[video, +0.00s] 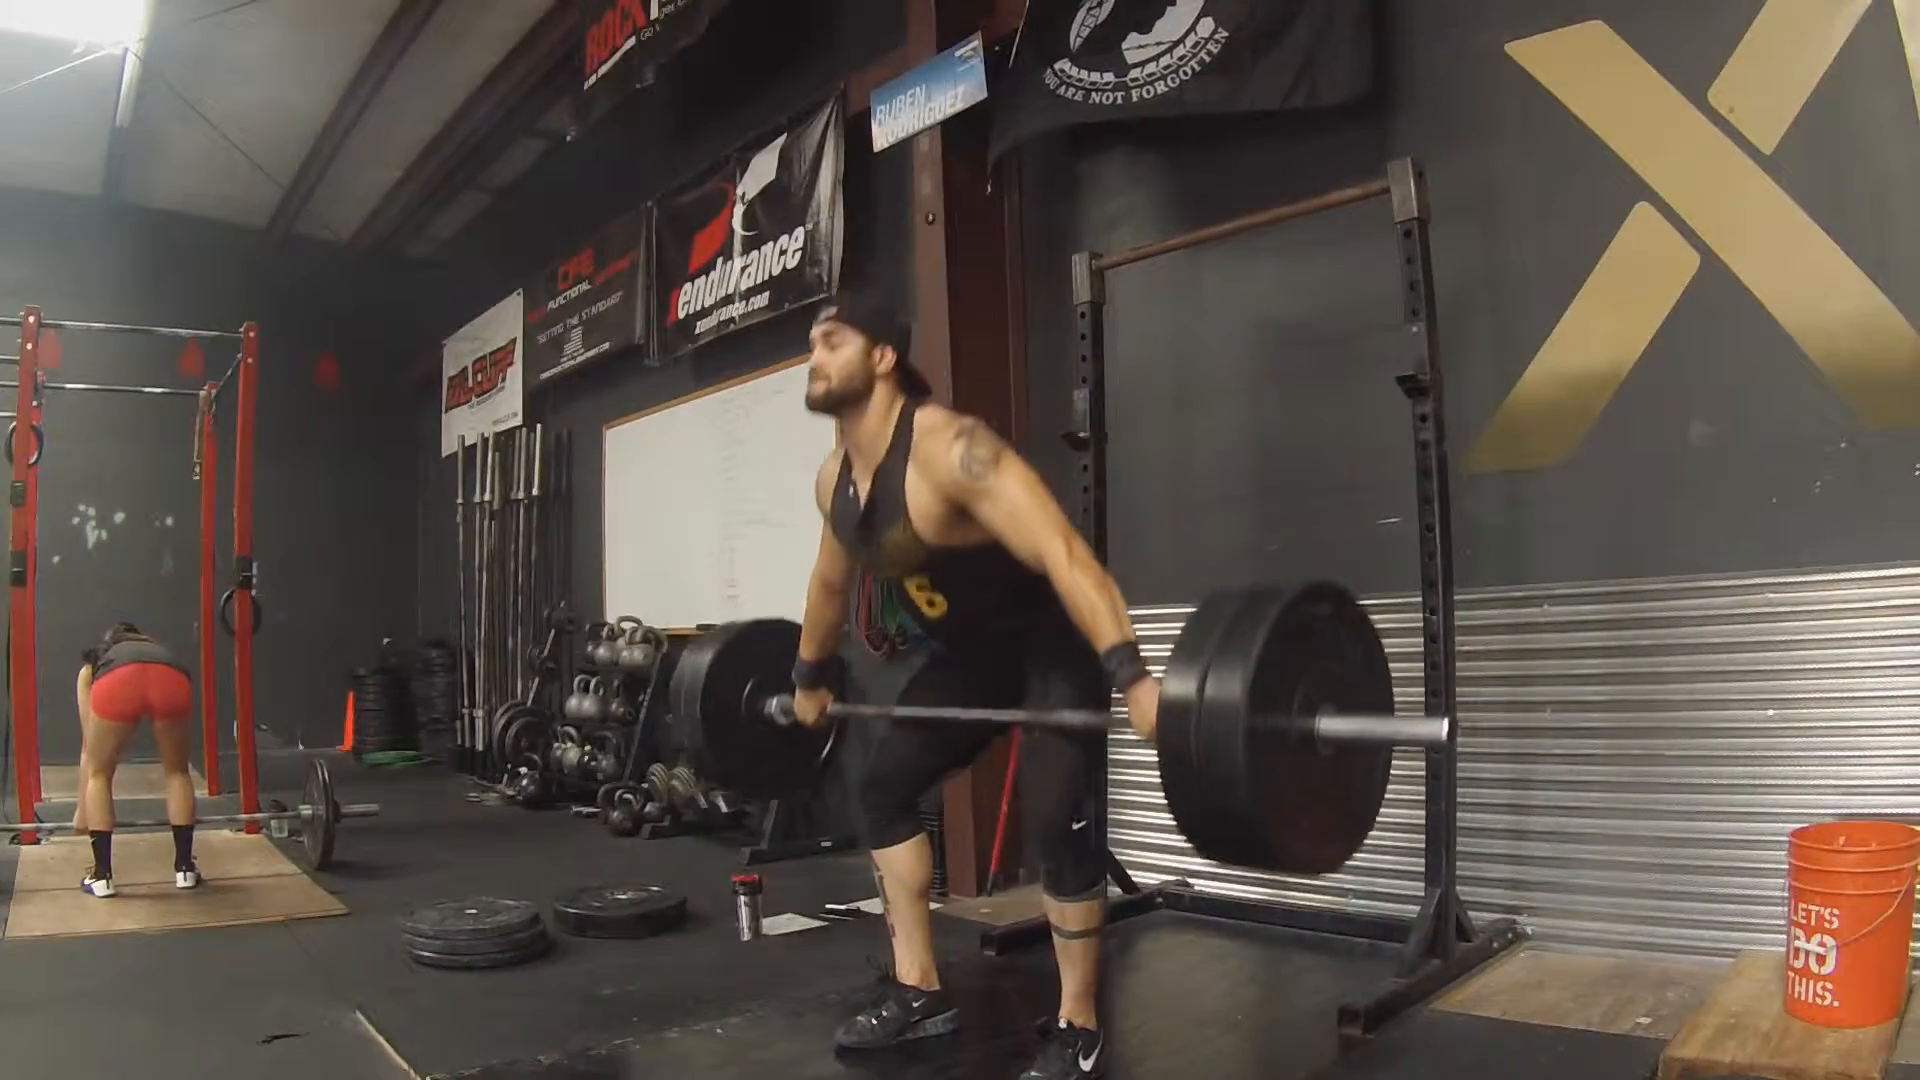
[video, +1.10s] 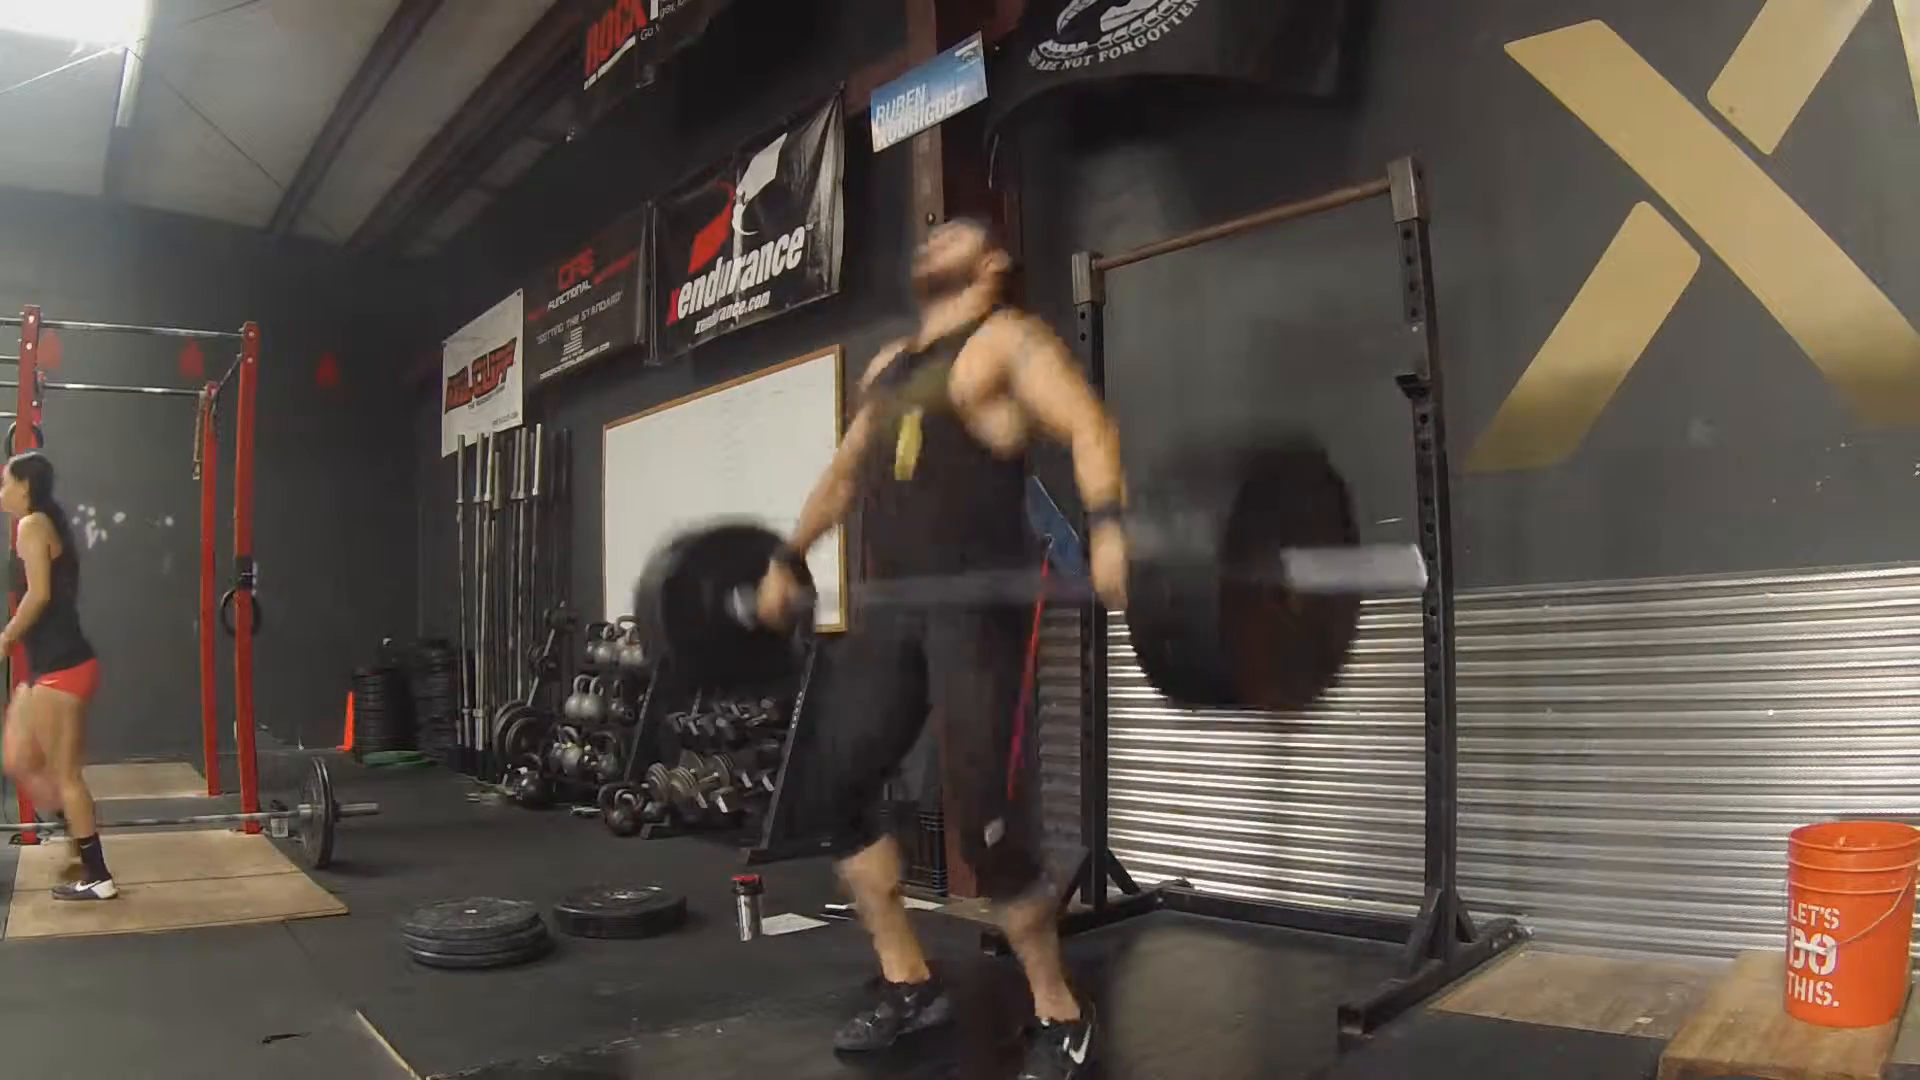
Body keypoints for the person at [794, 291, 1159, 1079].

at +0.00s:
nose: (812, 359)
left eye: (831, 344)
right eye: (811, 348)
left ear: (883, 360)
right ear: (821, 371)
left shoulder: (955, 447)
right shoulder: (839, 476)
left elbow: (1064, 553)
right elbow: (829, 586)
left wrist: (1131, 675)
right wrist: (809, 678)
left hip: (1053, 641)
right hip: (967, 649)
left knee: (1062, 821)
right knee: (885, 783)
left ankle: (1079, 1026)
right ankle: (918, 991)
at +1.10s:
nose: (931, 245)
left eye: (951, 236)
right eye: (925, 239)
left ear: (993, 263)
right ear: (918, 272)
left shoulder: (1012, 338)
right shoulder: (890, 363)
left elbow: (1089, 429)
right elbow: (847, 468)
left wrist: (1106, 532)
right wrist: (790, 552)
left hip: (979, 614)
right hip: (888, 615)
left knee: (988, 825)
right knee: (837, 793)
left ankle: (1059, 1014)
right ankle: (907, 983)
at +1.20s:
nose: (999, 225)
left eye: (1021, 220)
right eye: (995, 220)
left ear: (1056, 250)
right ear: (982, 254)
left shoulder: (1047, 298)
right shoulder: (935, 339)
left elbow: (1092, 354)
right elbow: (860, 414)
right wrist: (779, 476)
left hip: (983, 554)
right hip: (895, 557)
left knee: (1000, 768)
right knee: (873, 758)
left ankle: (1059, 1004)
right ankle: (895, 970)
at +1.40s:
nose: (935, 351)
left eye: (953, 334)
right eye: (935, 337)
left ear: (1004, 344)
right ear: (942, 351)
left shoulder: (1037, 408)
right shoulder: (931, 427)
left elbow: (1121, 424)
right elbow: (856, 444)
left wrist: (1100, 319)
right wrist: (783, 403)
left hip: (1005, 693)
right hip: (926, 694)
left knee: (987, 871)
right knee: (804, 827)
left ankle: (1061, 1038)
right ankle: (897, 993)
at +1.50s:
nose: (861, 453)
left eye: (880, 437)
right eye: (860, 440)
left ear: (930, 454)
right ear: (862, 459)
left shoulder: (975, 521)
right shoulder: (866, 542)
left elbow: (1057, 447)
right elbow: (794, 498)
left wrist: (1077, 324)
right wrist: (756, 427)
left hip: (1013, 786)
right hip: (917, 786)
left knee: (977, 889)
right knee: (793, 848)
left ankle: (1057, 1034)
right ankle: (898, 995)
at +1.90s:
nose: (797, 612)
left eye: (815, 592)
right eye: (794, 595)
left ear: (867, 603)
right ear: (791, 607)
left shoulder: (927, 654)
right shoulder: (827, 672)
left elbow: (993, 575)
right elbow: (769, 597)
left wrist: (1074, 467)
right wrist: (750, 525)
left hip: (983, 878)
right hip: (882, 879)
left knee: (941, 918)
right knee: (756, 876)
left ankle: (1051, 1034)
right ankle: (895, 993)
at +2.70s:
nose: (762, 490)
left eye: (774, 470)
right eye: (755, 474)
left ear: (831, 464)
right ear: (756, 477)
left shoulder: (911, 506)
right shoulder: (812, 534)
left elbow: (1005, 420)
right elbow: (748, 466)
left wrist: (1089, 309)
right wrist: (746, 392)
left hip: (1014, 725)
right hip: (917, 740)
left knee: (966, 858)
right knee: (793, 831)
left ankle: (1052, 1031)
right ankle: (892, 990)